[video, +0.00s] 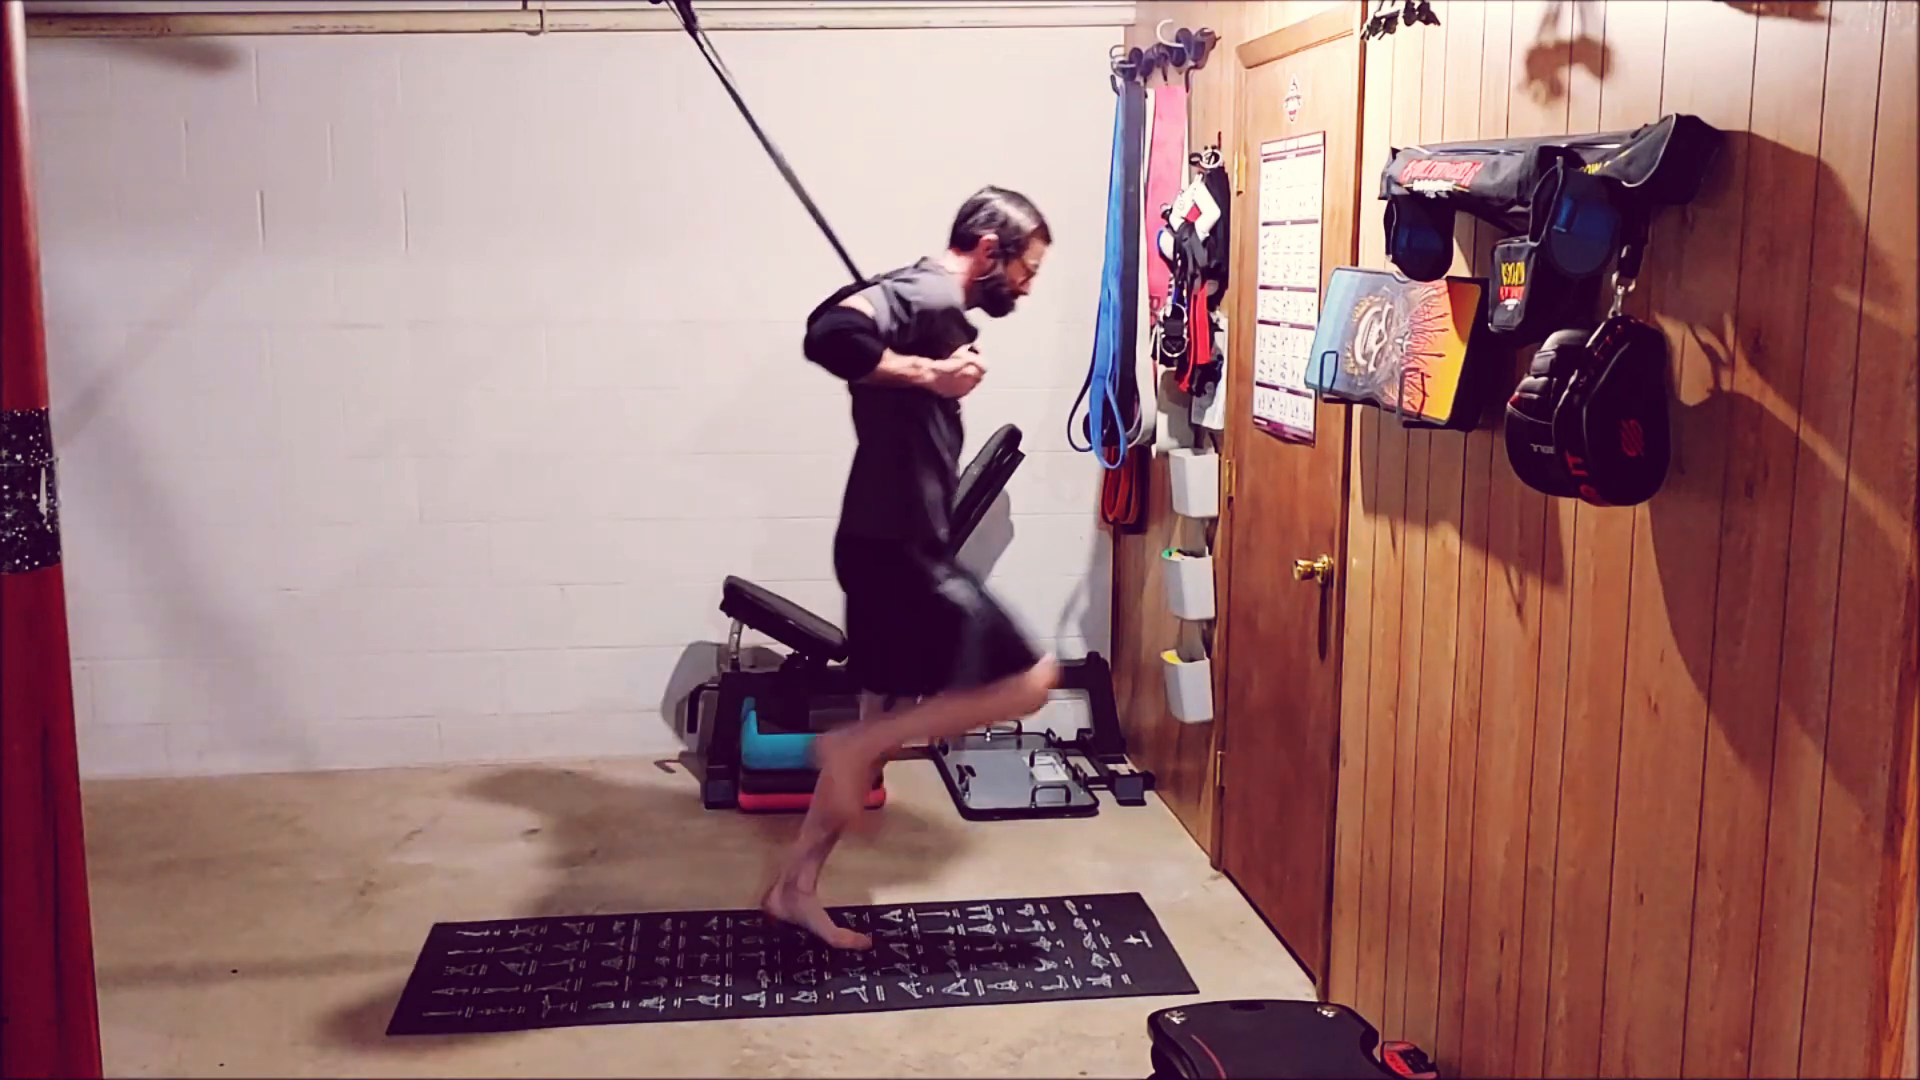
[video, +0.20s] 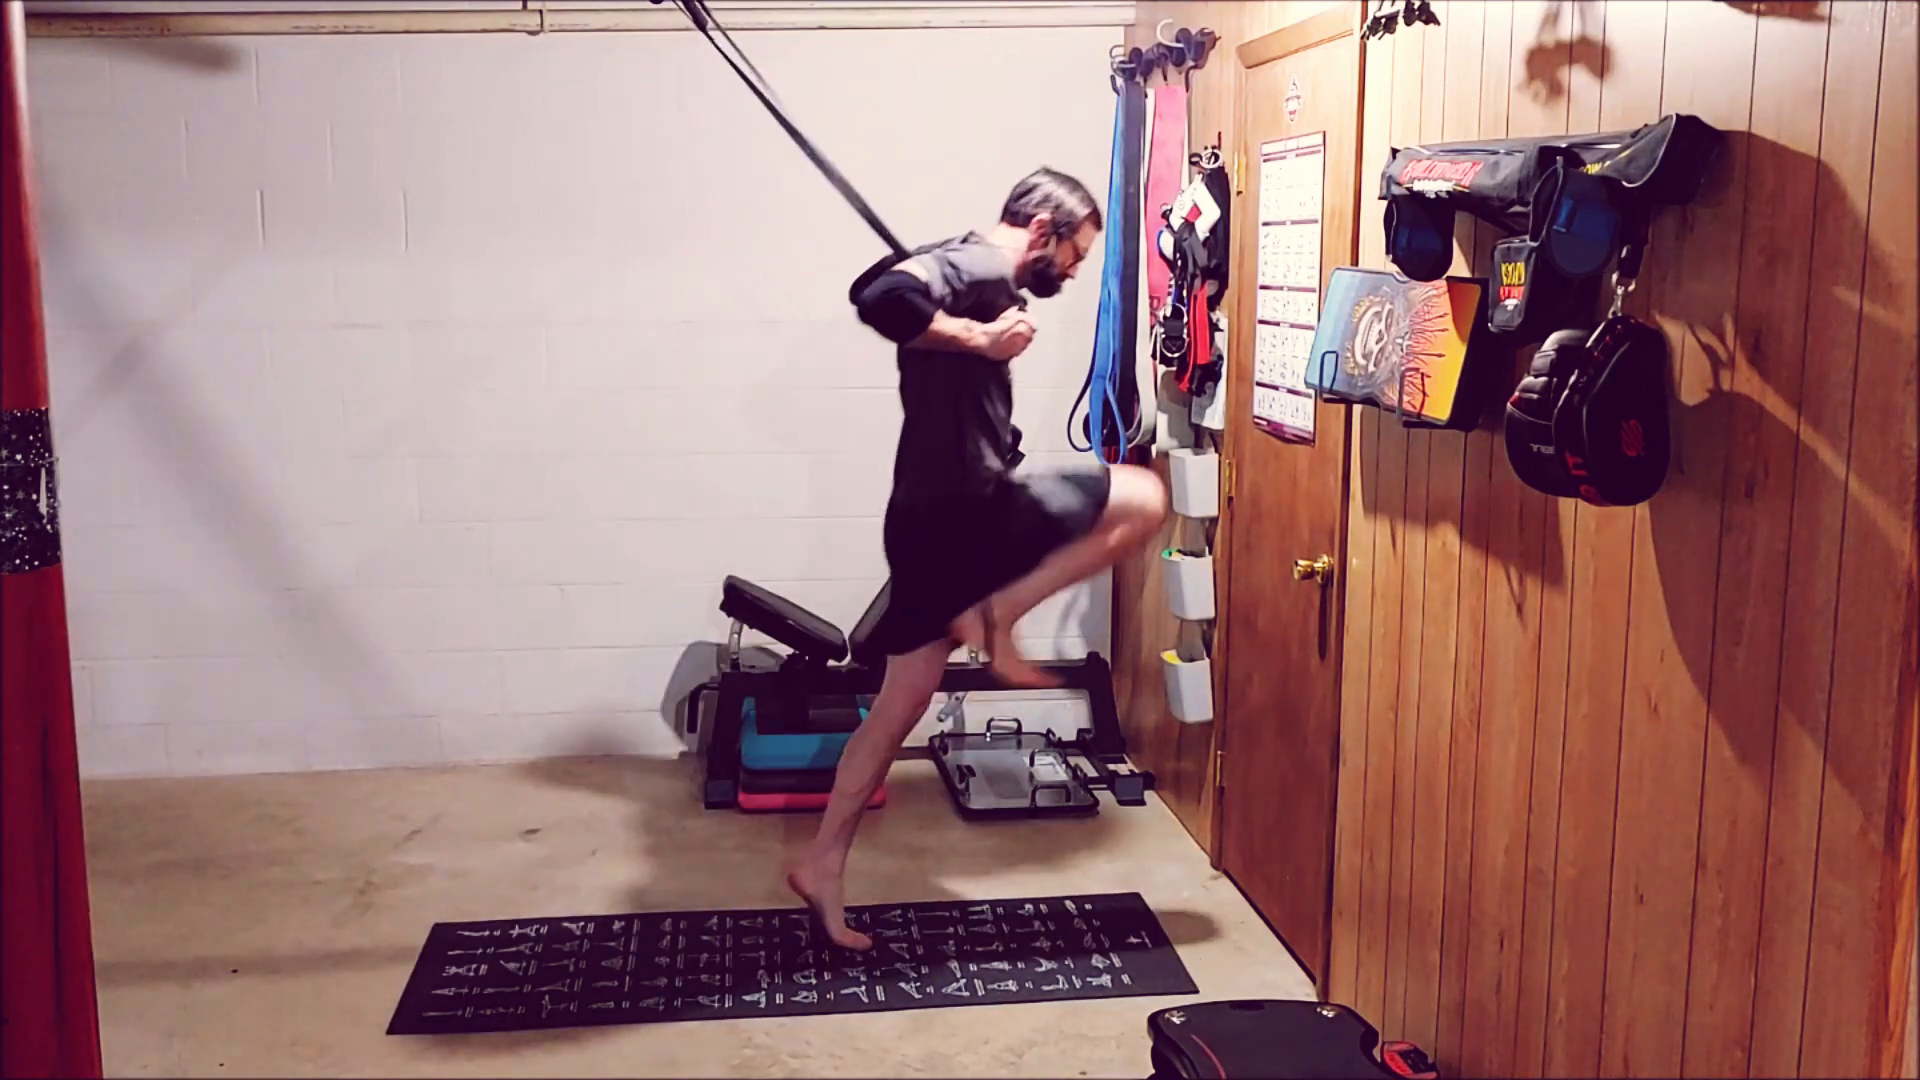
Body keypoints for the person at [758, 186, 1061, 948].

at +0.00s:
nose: (1028, 289)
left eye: (1033, 275)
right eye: (1028, 270)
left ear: (984, 251)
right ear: (988, 249)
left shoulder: (938, 302)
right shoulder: (930, 288)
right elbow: (830, 334)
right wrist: (929, 373)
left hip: (899, 543)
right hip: (895, 547)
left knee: (874, 727)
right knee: (1028, 680)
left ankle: (795, 888)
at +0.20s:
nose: (1073, 270)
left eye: (1081, 257)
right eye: (1077, 251)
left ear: (1032, 223)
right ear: (1045, 228)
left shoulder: (977, 273)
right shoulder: (981, 260)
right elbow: (882, 294)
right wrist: (978, 337)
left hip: (932, 512)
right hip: (964, 509)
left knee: (902, 699)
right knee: (1144, 500)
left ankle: (823, 863)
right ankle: (1001, 612)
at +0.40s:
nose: (1086, 271)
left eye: (1093, 259)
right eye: (1090, 253)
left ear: (1049, 223)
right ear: (1060, 228)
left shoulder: (991, 259)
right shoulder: (1005, 249)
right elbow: (893, 278)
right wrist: (994, 322)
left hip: (949, 502)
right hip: (993, 492)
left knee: (923, 688)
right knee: (1157, 436)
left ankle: (831, 863)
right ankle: (1057, 594)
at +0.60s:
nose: (1063, 281)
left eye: (1070, 268)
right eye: (1067, 263)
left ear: (1019, 230)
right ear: (1037, 237)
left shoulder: (951, 266)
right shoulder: (978, 268)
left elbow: (858, 298)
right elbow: (873, 303)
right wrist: (971, 345)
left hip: (924, 519)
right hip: (976, 510)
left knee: (905, 705)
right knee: (1146, 480)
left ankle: (814, 872)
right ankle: (1021, 631)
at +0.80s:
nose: (1028, 292)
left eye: (1034, 278)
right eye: (1030, 274)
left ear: (981, 253)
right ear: (993, 255)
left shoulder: (920, 299)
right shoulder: (929, 303)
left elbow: (823, 330)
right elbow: (825, 345)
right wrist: (928, 381)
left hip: (886, 539)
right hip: (918, 537)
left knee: (863, 735)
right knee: (1072, 625)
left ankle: (784, 901)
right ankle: (901, 730)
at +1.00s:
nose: (970, 294)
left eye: (976, 279)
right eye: (968, 277)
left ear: (921, 256)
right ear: (929, 257)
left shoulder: (868, 308)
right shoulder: (865, 317)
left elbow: (770, 354)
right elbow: (765, 379)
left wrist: (875, 394)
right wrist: (869, 411)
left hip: (836, 547)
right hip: (837, 552)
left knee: (827, 742)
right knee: (887, 744)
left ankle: (777, 912)